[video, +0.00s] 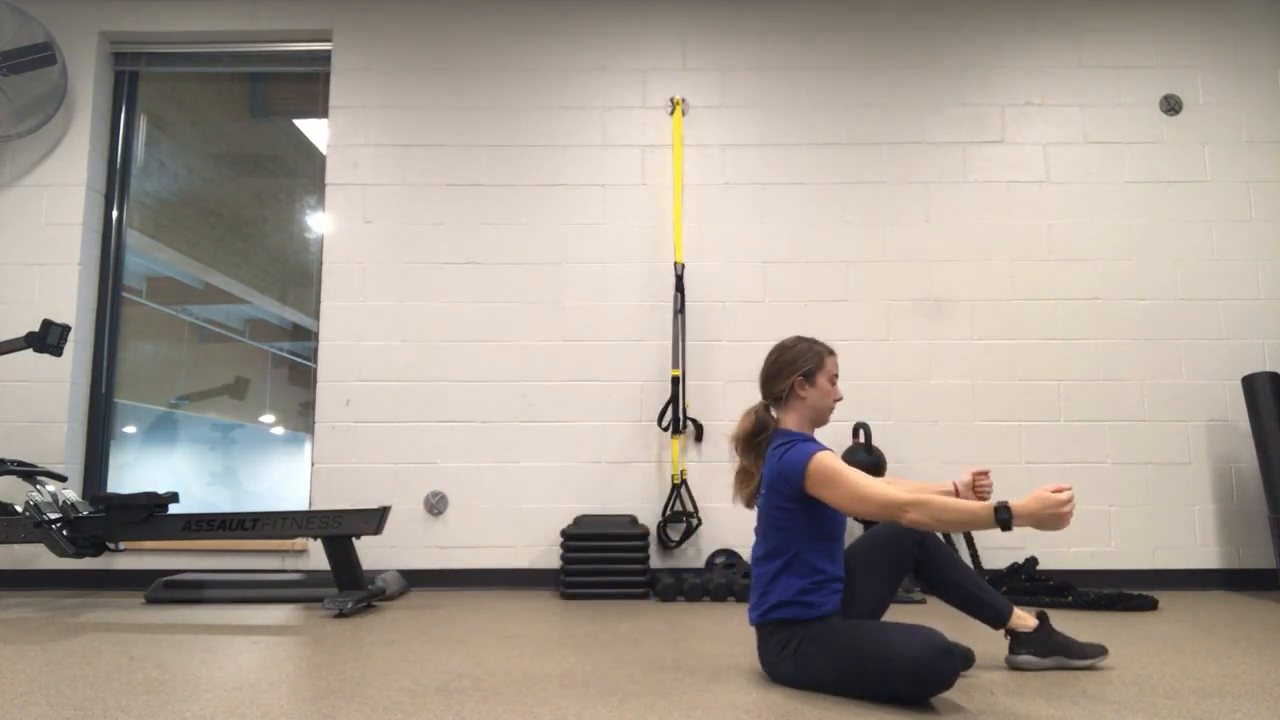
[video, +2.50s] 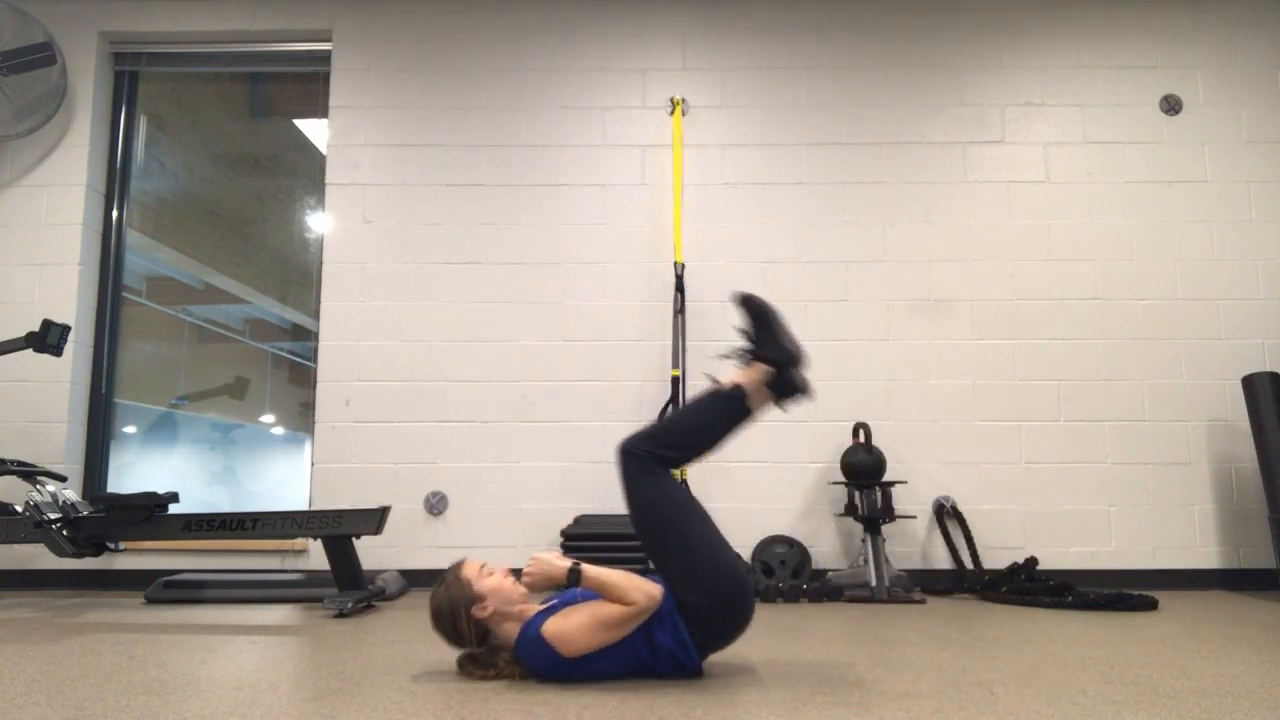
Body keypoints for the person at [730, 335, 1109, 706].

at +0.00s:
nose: (839, 393)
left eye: (836, 382)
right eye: (831, 382)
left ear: (796, 386)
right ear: (798, 386)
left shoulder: (798, 448)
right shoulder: (797, 457)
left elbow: (880, 495)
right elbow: (901, 508)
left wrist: (953, 491)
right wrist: (1015, 514)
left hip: (827, 610)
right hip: (796, 637)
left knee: (905, 535)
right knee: (938, 661)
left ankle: (1026, 629)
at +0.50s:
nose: (826, 393)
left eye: (823, 381)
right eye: (818, 381)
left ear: (784, 388)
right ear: (787, 387)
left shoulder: (786, 450)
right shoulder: (786, 458)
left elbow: (868, 502)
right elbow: (888, 504)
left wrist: (938, 488)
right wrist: (1006, 506)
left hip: (821, 610)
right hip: (792, 637)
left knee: (905, 533)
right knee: (932, 659)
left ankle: (1025, 630)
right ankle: (943, 652)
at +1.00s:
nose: (753, 401)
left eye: (749, 389)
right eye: (744, 391)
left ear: (715, 401)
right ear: (714, 402)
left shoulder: (723, 464)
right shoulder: (725, 470)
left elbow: (821, 494)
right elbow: (833, 498)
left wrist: (880, 467)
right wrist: (934, 466)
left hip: (790, 612)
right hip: (779, 644)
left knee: (900, 535)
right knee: (924, 590)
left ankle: (1019, 628)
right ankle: (905, 659)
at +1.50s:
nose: (617, 467)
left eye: (609, 459)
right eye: (605, 463)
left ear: (582, 485)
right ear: (581, 484)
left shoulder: (608, 535)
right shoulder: (613, 547)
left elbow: (705, 579)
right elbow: (720, 588)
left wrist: (706, 510)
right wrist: (723, 506)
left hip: (741, 624)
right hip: (750, 649)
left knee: (811, 482)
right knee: (842, 508)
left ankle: (950, 537)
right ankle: (921, 624)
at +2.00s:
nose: (500, 566)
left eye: (487, 565)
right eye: (484, 573)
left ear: (492, 605)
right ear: (484, 609)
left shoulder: (544, 615)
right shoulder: (546, 638)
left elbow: (644, 598)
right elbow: (652, 610)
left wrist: (578, 572)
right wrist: (578, 575)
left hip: (701, 604)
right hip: (714, 617)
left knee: (637, 461)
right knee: (634, 462)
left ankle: (743, 370)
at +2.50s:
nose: (502, 569)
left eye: (490, 566)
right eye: (487, 574)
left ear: (492, 607)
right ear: (482, 609)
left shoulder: (542, 621)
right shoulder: (542, 640)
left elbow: (641, 598)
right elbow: (646, 597)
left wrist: (570, 574)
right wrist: (571, 573)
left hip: (702, 604)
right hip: (708, 612)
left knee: (641, 454)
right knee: (639, 455)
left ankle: (766, 381)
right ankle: (766, 374)